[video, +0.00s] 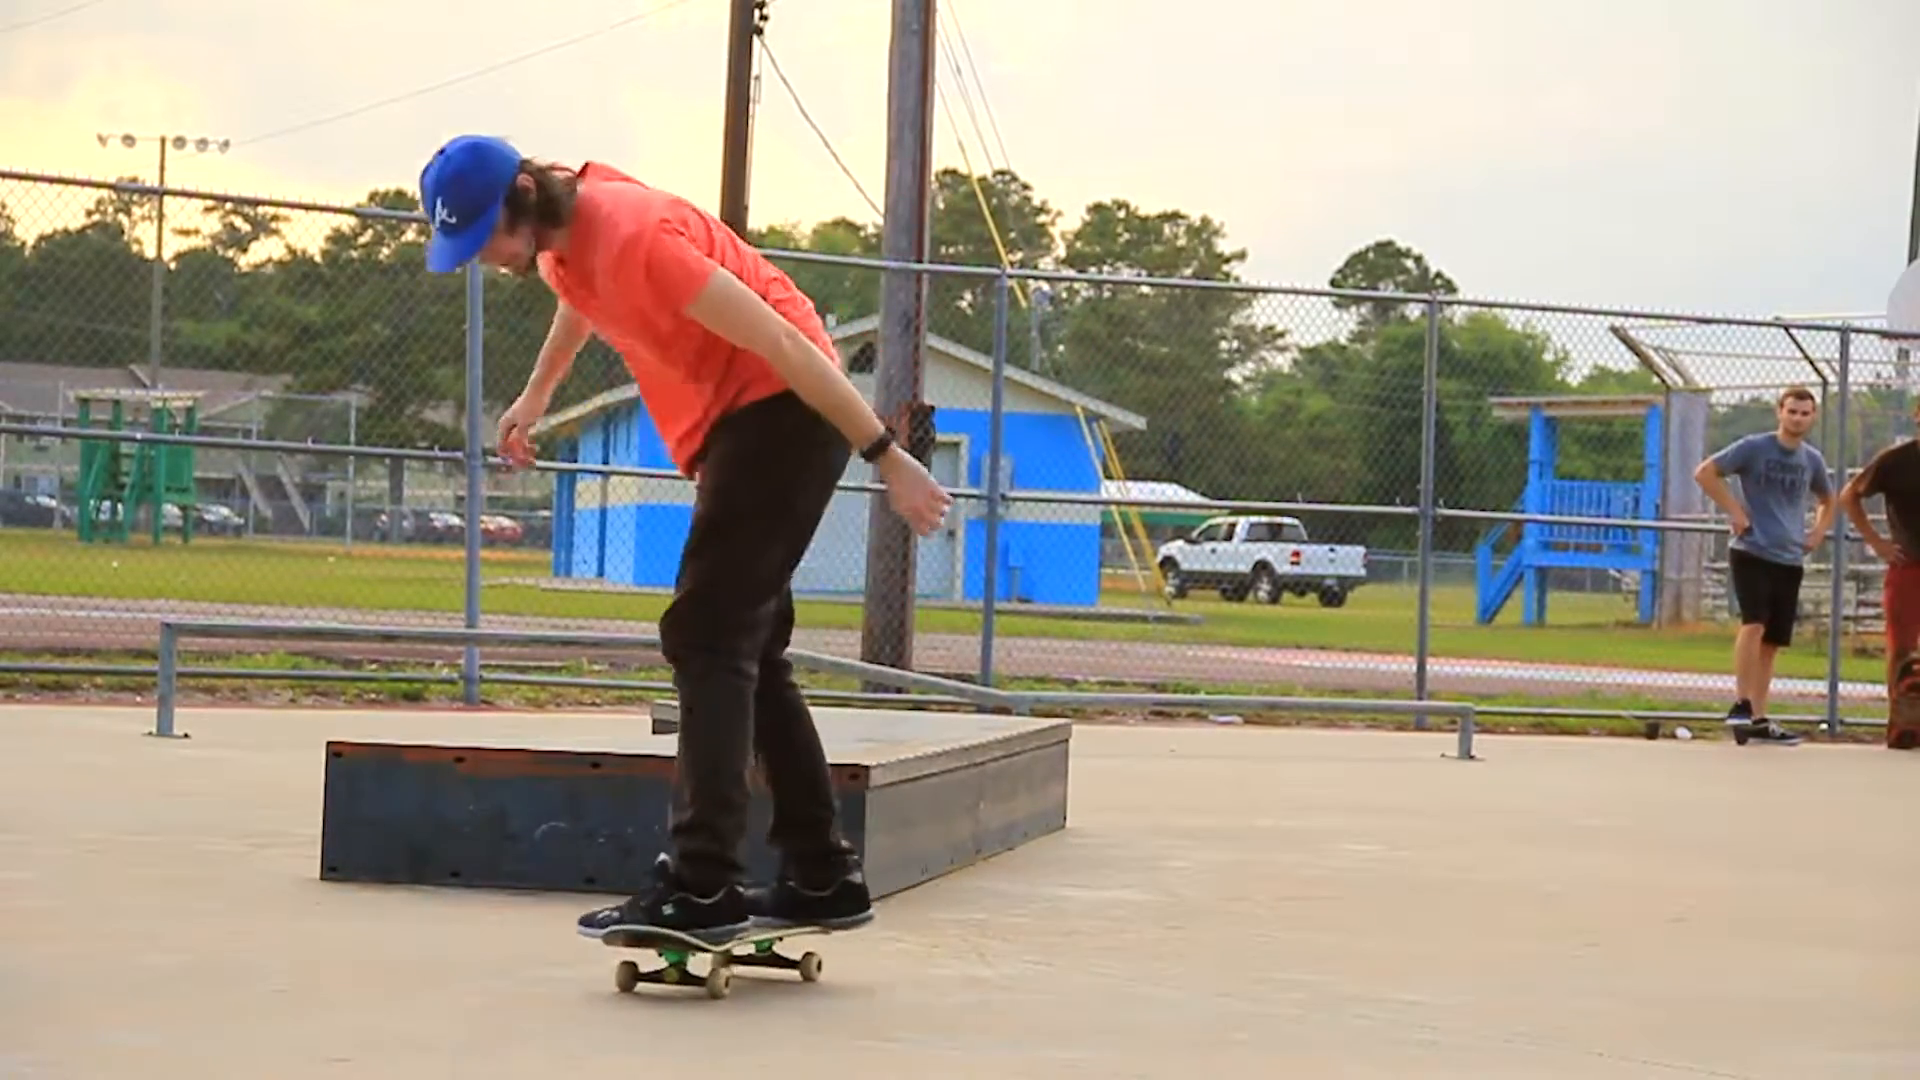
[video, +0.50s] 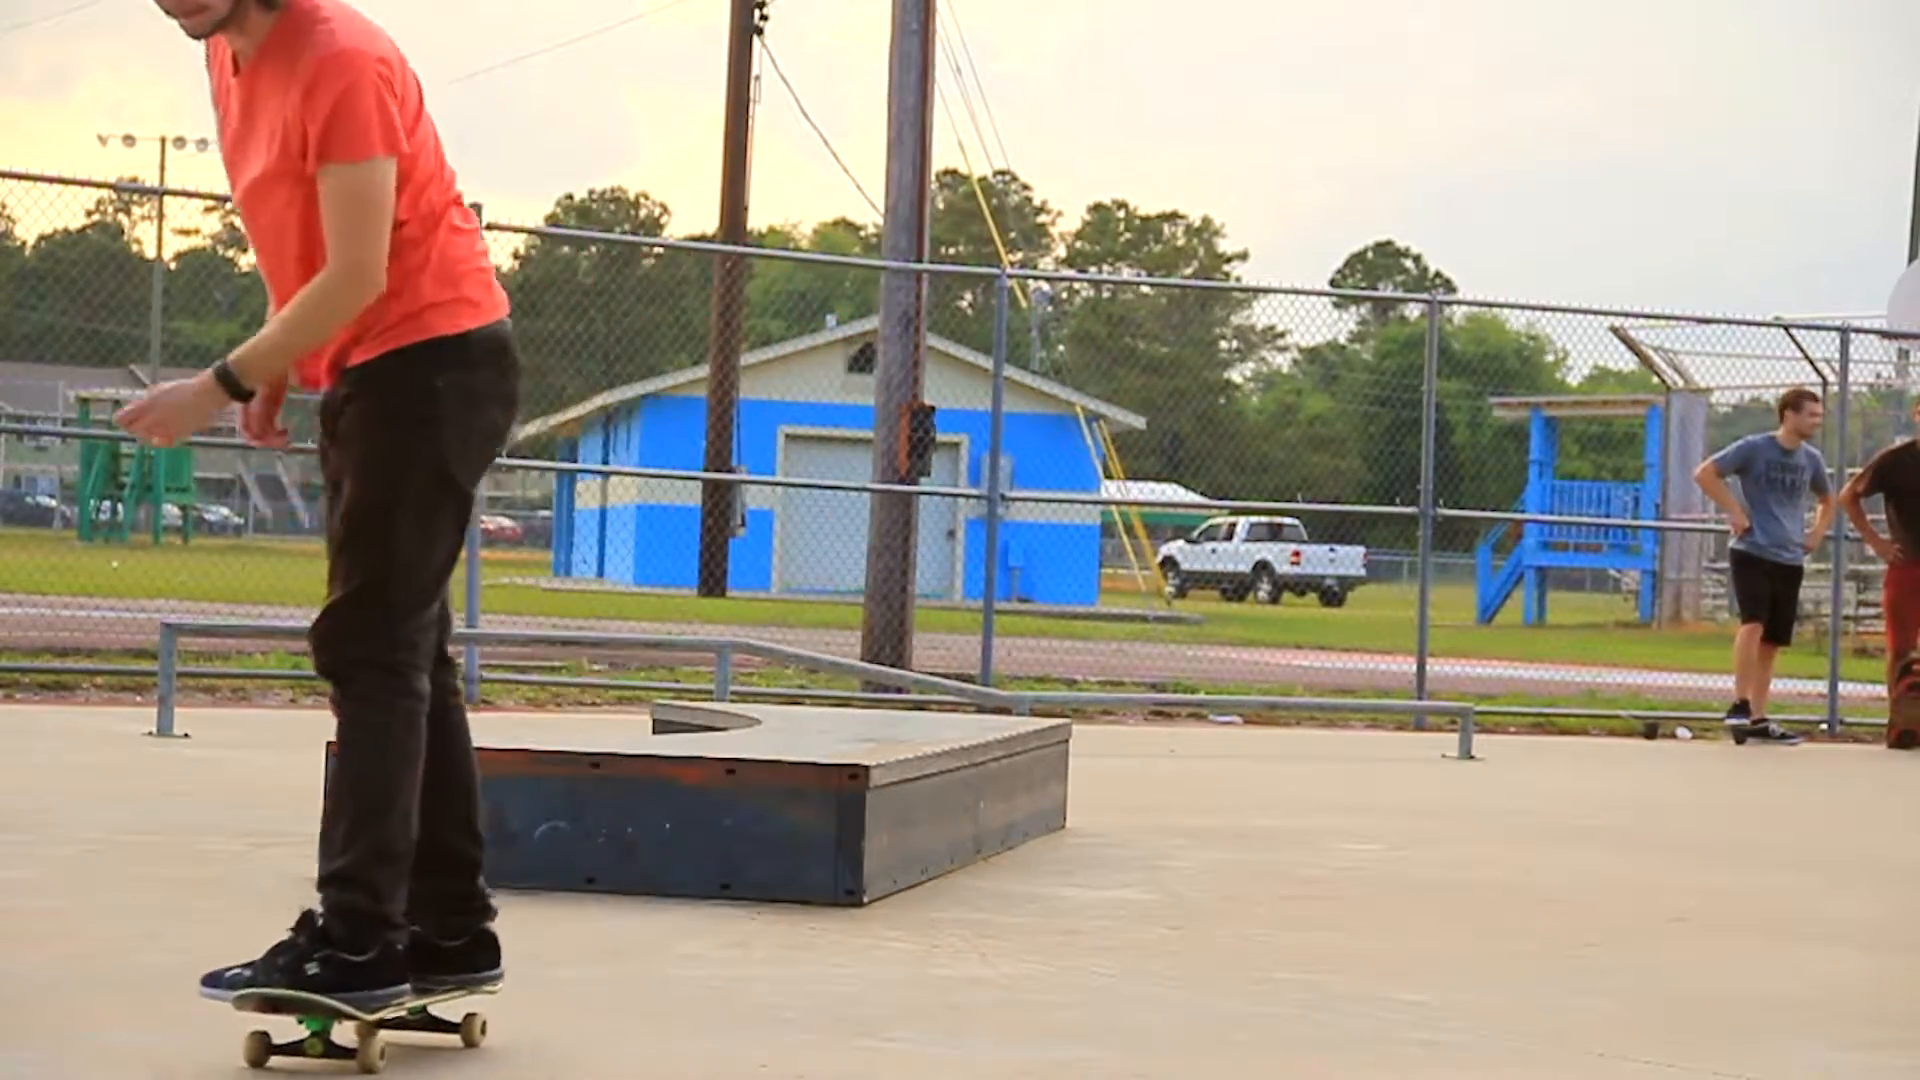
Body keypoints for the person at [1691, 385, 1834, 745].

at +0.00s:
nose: (1799, 418)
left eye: (1806, 413)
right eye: (1793, 411)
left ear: (1813, 419)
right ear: (1780, 413)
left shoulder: (1813, 459)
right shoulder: (1755, 447)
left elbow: (1828, 500)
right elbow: (1705, 473)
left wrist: (1817, 534)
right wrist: (1736, 512)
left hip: (1789, 557)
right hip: (1752, 550)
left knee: (1771, 641)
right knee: (1754, 624)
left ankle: (1759, 717)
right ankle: (1743, 704)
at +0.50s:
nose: (1817, 422)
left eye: (1819, 415)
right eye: (1812, 415)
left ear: (1816, 420)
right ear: (1788, 415)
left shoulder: (1812, 459)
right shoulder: (1755, 447)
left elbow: (1828, 500)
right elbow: (1705, 473)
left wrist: (1817, 534)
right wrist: (1735, 511)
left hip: (1789, 557)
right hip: (1752, 550)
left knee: (1772, 641)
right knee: (1753, 624)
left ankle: (1758, 717)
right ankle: (1741, 704)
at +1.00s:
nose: (1807, 401)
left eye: (1814, 395)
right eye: (1802, 395)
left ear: (1827, 400)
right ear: (1793, 400)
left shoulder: (1848, 444)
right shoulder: (1772, 445)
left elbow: (1889, 483)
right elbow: (1757, 501)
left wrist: (1859, 514)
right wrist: (1749, 553)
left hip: (1825, 555)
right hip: (1781, 553)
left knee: (1817, 639)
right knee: (1774, 636)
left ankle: (1808, 714)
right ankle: (1770, 712)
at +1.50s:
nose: (1801, 402)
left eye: (1808, 395)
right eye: (1796, 395)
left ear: (1823, 400)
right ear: (1788, 401)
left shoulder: (1846, 443)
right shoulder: (1770, 446)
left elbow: (1888, 482)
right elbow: (1756, 503)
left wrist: (1859, 515)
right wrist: (1755, 554)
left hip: (1826, 554)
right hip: (1781, 552)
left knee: (1818, 640)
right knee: (1774, 636)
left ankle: (1808, 714)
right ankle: (1770, 712)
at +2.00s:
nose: (1799, 402)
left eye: (1805, 395)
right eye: (1793, 395)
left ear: (1820, 399)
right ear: (1786, 401)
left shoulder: (1843, 443)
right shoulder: (1767, 447)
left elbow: (1884, 481)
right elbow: (1753, 503)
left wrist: (1856, 515)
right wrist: (1752, 554)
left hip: (1824, 556)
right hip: (1779, 553)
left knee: (1817, 639)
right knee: (1774, 637)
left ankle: (1808, 714)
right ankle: (1770, 713)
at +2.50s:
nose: (1798, 402)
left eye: (1805, 396)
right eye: (1792, 396)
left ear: (1818, 400)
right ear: (1783, 401)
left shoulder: (1841, 443)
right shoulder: (1765, 448)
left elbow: (1883, 481)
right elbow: (1752, 504)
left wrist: (1854, 514)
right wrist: (1754, 555)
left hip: (1823, 555)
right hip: (1778, 553)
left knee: (1816, 640)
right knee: (1774, 638)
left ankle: (1807, 714)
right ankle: (1770, 712)